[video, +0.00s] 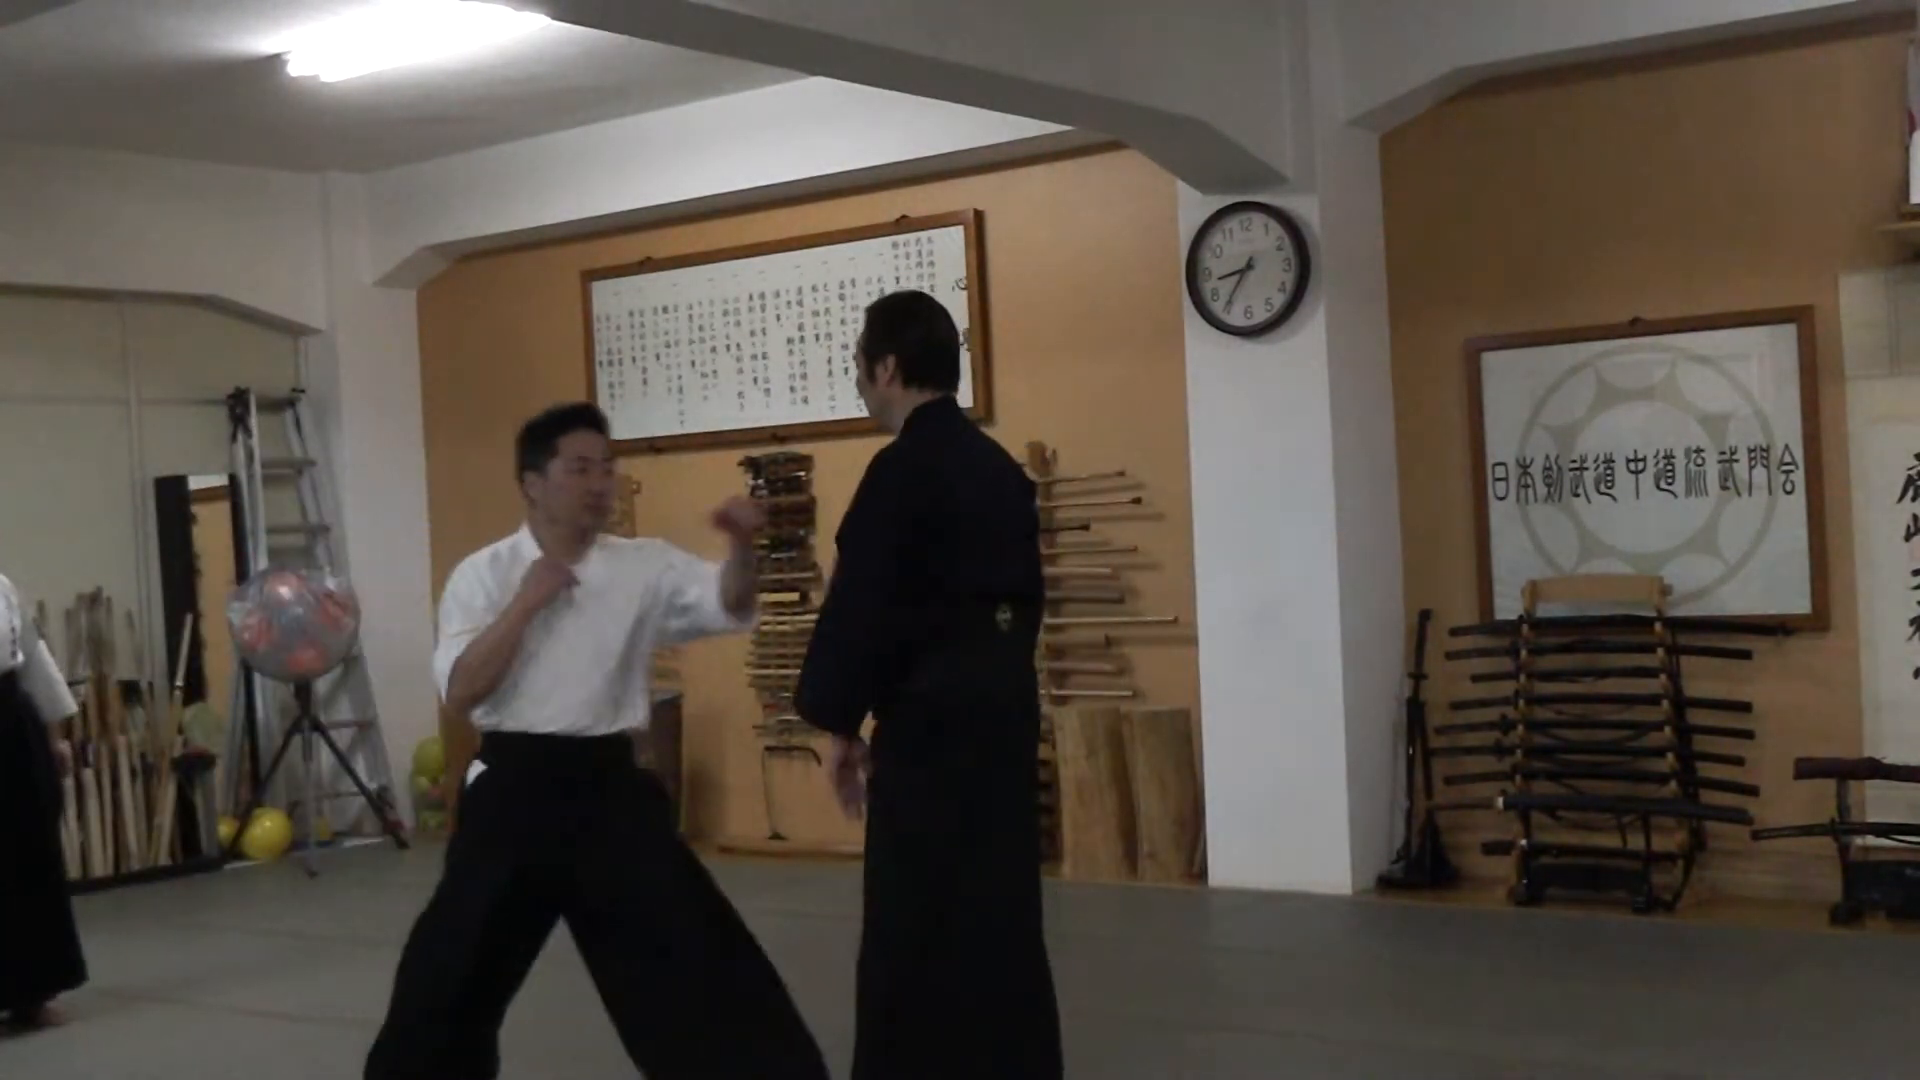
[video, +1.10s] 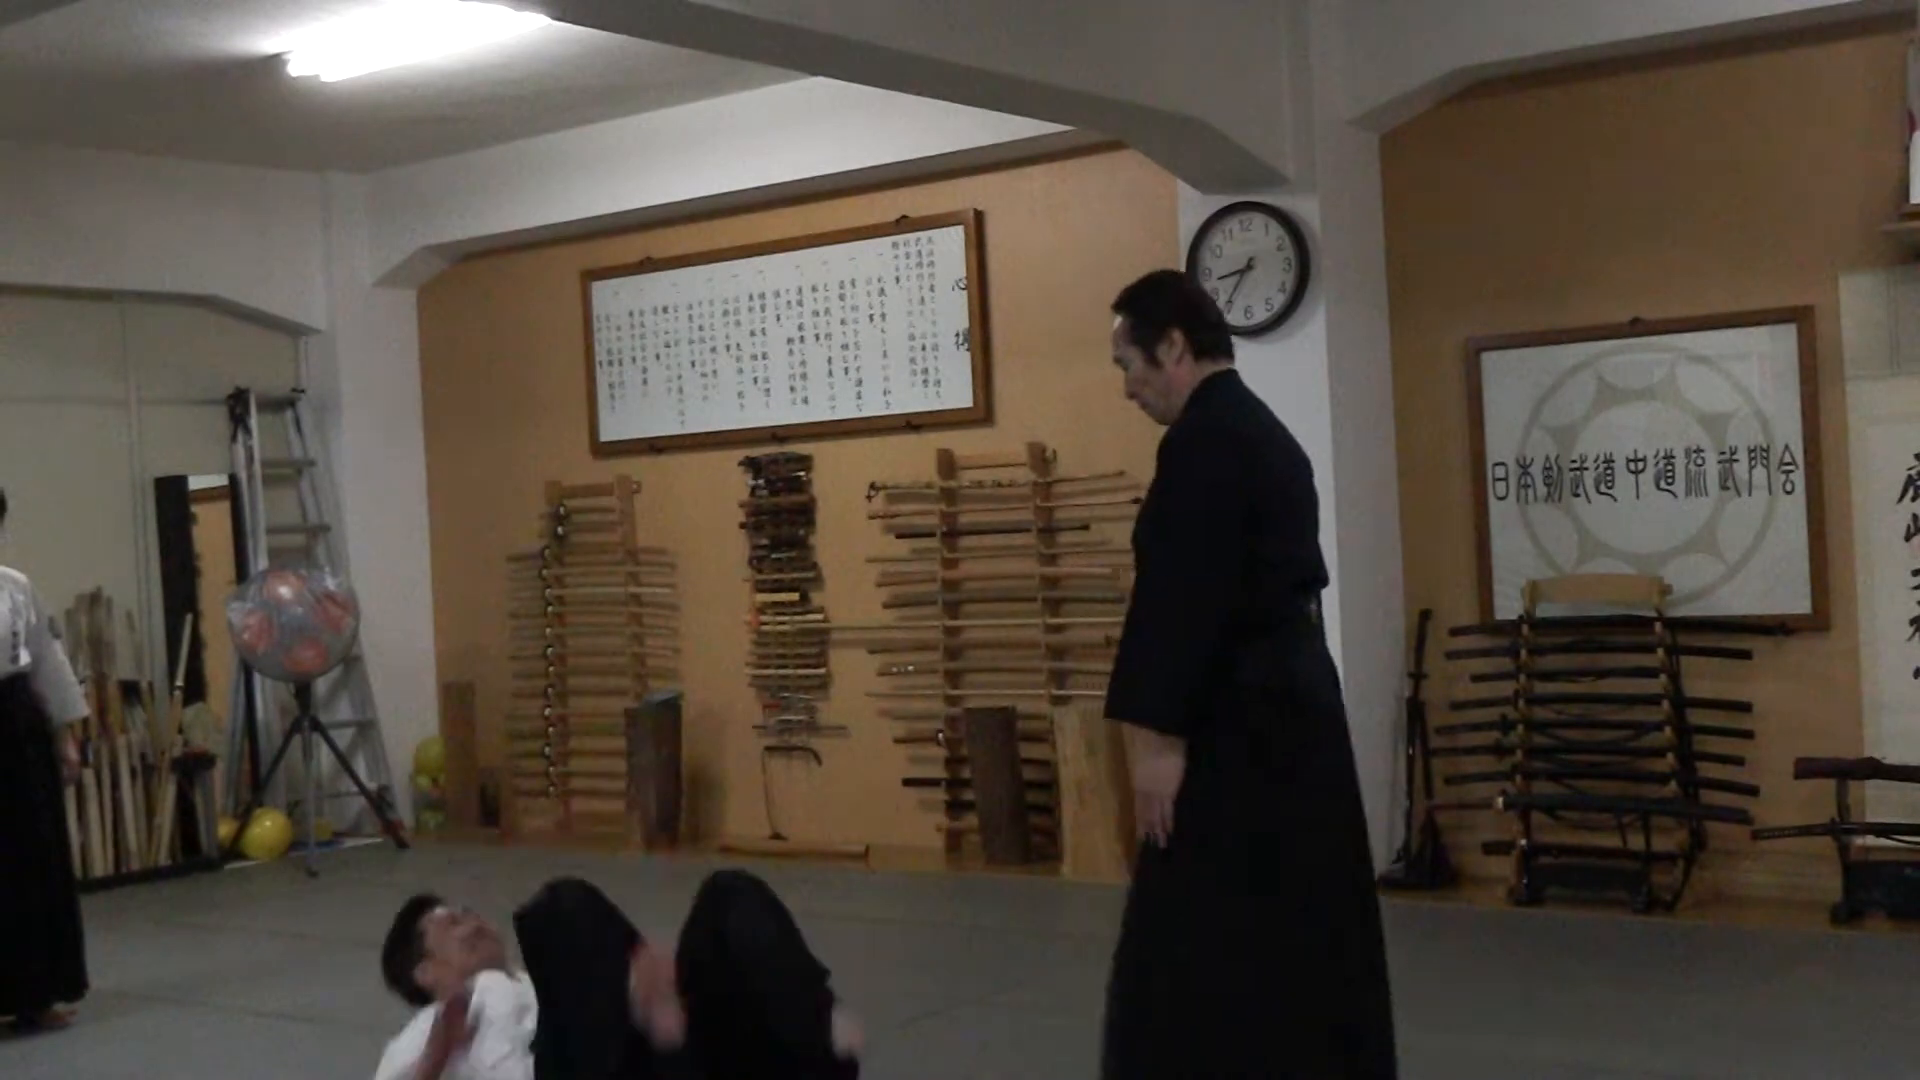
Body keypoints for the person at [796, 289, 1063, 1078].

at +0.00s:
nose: (860, 382)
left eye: (863, 366)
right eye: (860, 367)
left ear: (890, 369)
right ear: (947, 369)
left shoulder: (899, 470)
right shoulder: (1002, 469)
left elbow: (860, 604)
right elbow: (998, 622)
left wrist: (839, 727)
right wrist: (890, 725)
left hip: (924, 741)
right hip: (1001, 734)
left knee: (911, 940)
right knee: (998, 933)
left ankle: (913, 1072)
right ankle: (1013, 1070)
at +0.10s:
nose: (856, 380)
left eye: (856, 364)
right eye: (856, 365)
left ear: (878, 363)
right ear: (941, 362)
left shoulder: (866, 457)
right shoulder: (1000, 455)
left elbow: (884, 596)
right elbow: (1007, 597)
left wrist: (849, 700)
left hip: (914, 705)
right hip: (999, 701)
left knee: (910, 909)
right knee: (998, 900)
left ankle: (913, 1064)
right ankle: (1008, 1063)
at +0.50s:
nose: (902, 386)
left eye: (903, 369)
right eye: (901, 370)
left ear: (928, 367)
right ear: (985, 361)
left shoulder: (911, 469)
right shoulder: (1060, 457)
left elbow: (897, 619)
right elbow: (1087, 596)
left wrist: (904, 746)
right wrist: (1052, 681)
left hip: (975, 716)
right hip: (1070, 709)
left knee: (957, 903)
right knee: (1068, 899)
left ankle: (966, 1065)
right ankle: (1081, 1062)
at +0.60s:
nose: (941, 399)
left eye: (941, 381)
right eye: (937, 382)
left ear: (970, 371)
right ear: (1023, 367)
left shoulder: (966, 471)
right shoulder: (1089, 464)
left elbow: (941, 624)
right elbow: (1104, 610)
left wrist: (938, 761)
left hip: (1003, 731)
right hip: (1097, 716)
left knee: (971, 918)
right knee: (1094, 907)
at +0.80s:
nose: (1023, 409)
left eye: (1023, 385)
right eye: (1017, 389)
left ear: (1064, 368)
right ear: (1085, 369)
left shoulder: (1081, 463)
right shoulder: (1175, 458)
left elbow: (1055, 610)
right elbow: (1184, 609)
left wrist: (1048, 744)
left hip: (1116, 739)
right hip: (1199, 723)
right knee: (1192, 928)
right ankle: (1216, 1069)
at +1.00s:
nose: (1095, 396)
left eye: (1096, 374)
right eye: (1089, 378)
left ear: (1140, 356)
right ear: (1154, 357)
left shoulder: (1173, 444)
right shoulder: (1230, 436)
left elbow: (1161, 601)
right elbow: (1244, 599)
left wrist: (1143, 740)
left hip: (1210, 726)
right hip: (1267, 715)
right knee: (1258, 935)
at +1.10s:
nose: (1127, 387)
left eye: (1129, 365)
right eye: (1122, 369)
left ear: (1176, 348)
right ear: (1193, 349)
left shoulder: (1209, 441)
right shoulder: (1251, 430)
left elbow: (1178, 596)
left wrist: (1157, 739)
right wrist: (1172, 738)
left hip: (1237, 738)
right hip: (1283, 726)